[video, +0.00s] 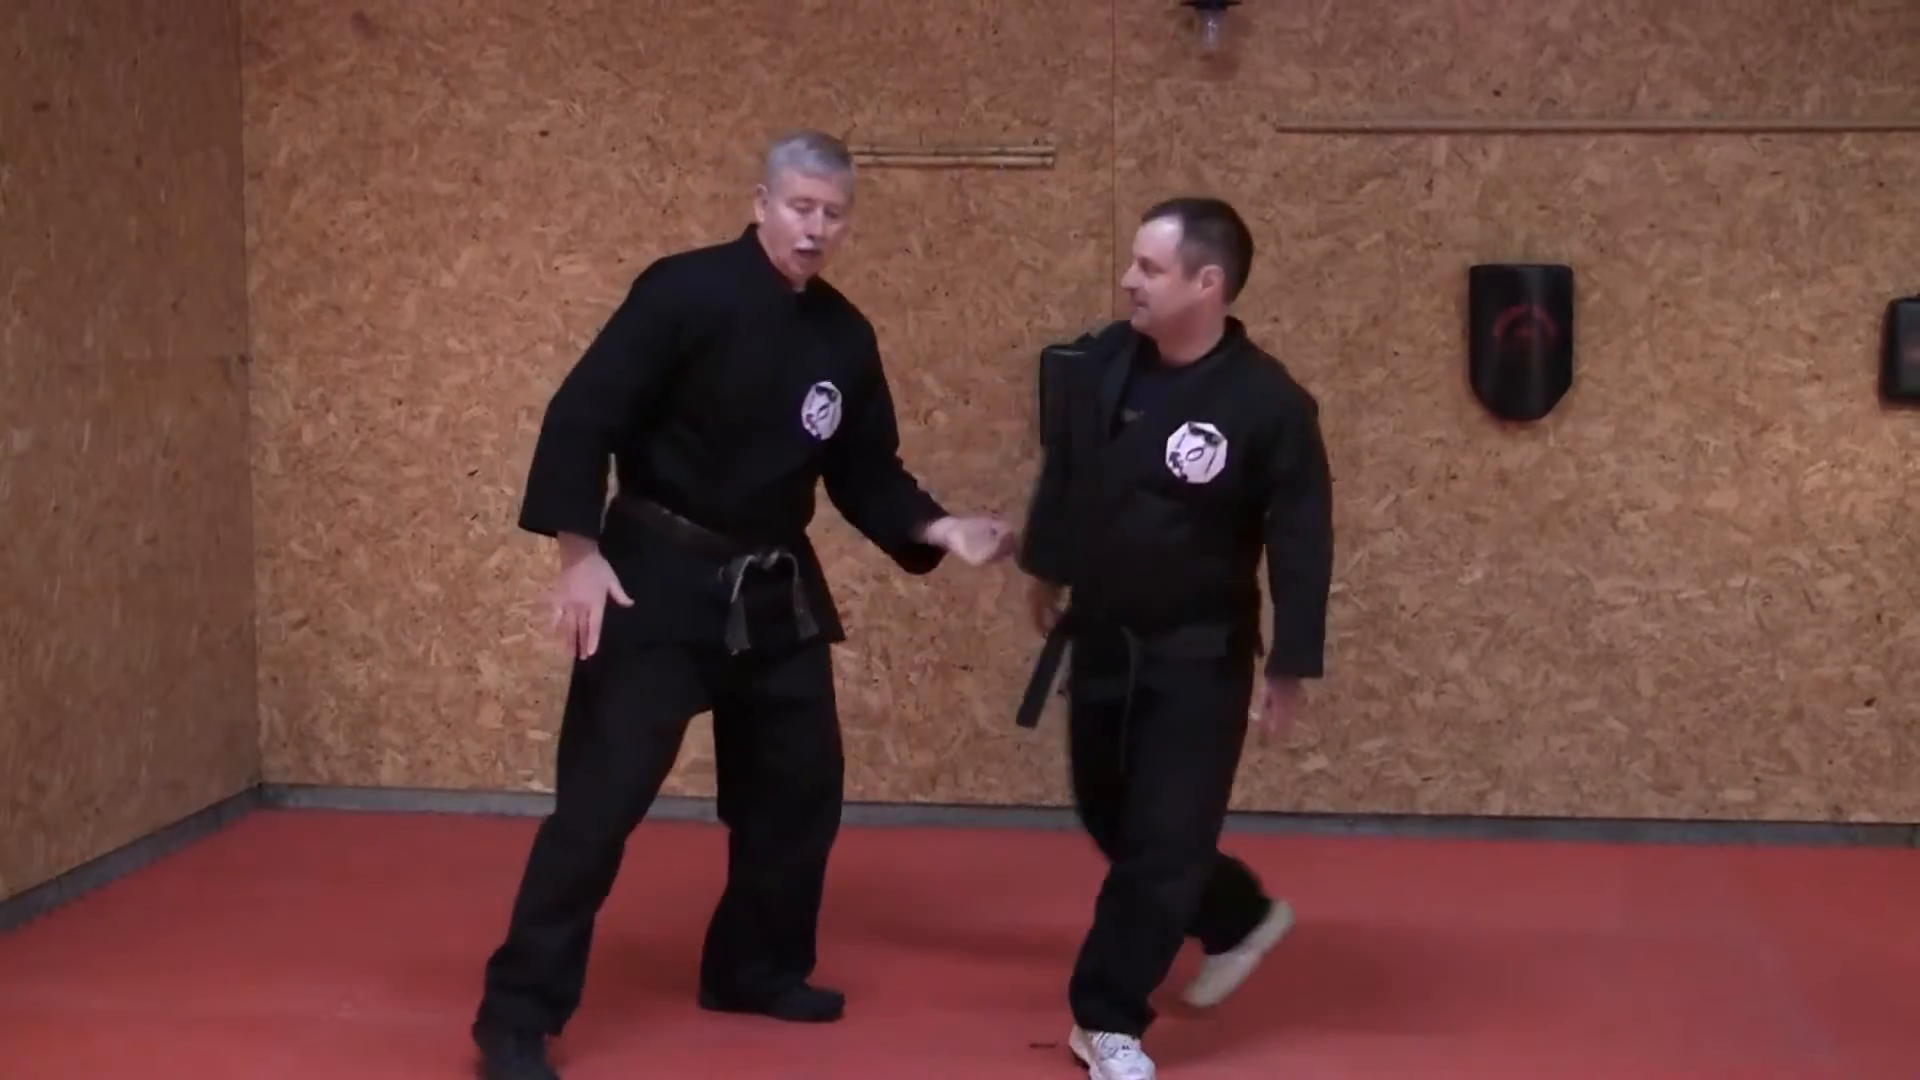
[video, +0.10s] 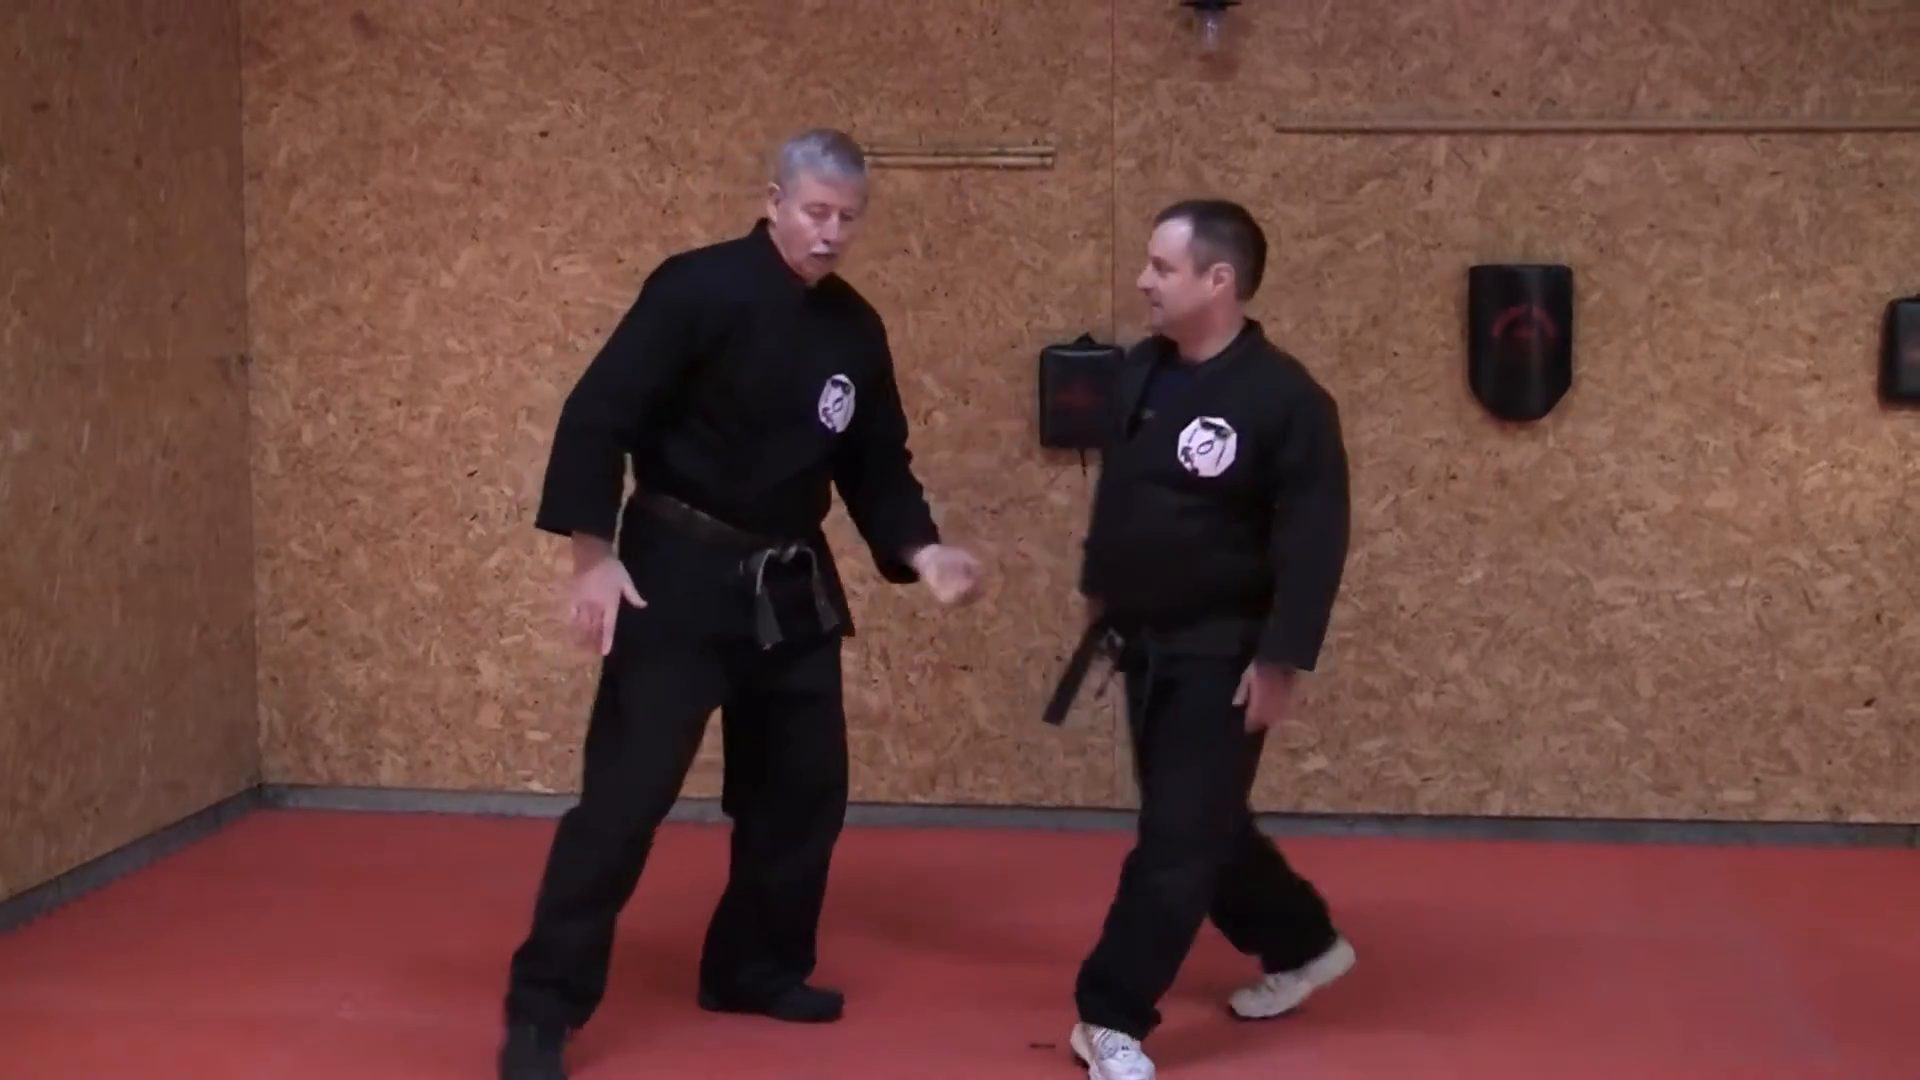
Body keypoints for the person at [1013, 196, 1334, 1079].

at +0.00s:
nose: (1129, 281)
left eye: (1149, 269)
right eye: (1131, 264)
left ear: (1209, 284)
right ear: (1166, 278)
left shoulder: (1270, 405)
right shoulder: (1093, 367)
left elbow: (1300, 541)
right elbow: (1062, 471)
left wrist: (1290, 662)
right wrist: (1044, 569)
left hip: (1200, 650)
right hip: (1103, 639)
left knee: (1167, 837)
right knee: (1109, 811)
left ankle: (1107, 1019)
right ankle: (1239, 915)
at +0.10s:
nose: (1144, 283)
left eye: (1161, 269)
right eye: (1146, 266)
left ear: (1220, 281)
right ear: (1201, 279)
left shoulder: (1288, 402)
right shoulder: (1145, 375)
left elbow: (1315, 541)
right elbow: (1119, 492)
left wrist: (1283, 658)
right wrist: (1100, 590)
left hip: (1226, 655)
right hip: (1146, 642)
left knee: (1178, 832)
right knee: (1195, 816)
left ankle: (1111, 1017)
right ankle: (1305, 945)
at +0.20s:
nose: (1158, 289)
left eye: (1175, 275)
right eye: (1160, 272)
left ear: (1233, 283)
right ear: (1217, 284)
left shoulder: (1304, 396)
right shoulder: (1173, 385)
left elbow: (1327, 537)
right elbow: (1156, 510)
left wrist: (1298, 655)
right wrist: (1147, 614)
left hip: (1254, 651)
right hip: (1189, 644)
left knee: (1196, 834)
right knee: (1257, 815)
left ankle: (1131, 1015)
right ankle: (1324, 968)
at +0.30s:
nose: (1176, 290)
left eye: (1191, 275)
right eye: (1175, 274)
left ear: (1248, 277)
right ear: (1228, 280)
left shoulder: (1319, 378)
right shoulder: (1209, 380)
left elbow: (1339, 516)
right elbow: (1209, 509)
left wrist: (1321, 636)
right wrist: (1196, 619)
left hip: (1283, 634)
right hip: (1220, 632)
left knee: (1236, 808)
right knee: (1271, 804)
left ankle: (1205, 1004)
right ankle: (1323, 969)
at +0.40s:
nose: (1201, 287)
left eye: (1212, 270)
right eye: (1198, 270)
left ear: (1270, 265)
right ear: (1254, 270)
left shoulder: (1335, 358)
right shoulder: (1246, 364)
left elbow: (1352, 486)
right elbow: (1255, 492)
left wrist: (1330, 607)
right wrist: (1233, 605)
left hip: (1313, 609)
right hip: (1256, 607)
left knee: (1276, 794)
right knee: (1249, 791)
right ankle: (1299, 964)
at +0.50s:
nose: (1229, 286)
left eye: (1241, 268)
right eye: (1225, 270)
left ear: (1296, 262)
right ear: (1287, 266)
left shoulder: (1354, 349)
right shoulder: (1281, 357)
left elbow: (1366, 460)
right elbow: (1287, 479)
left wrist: (1329, 566)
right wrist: (1264, 592)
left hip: (1352, 598)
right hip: (1288, 598)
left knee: (1320, 787)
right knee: (1269, 789)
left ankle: (1412, 914)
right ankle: (1319, 967)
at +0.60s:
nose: (1259, 291)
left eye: (1270, 274)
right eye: (1255, 276)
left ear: (1322, 267)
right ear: (1312, 273)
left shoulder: (1377, 353)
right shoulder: (1314, 360)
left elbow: (1372, 459)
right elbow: (1318, 477)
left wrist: (1322, 546)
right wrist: (1300, 581)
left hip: (1377, 620)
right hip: (1315, 618)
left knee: (1367, 791)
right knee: (1293, 792)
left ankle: (1477, 907)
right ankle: (1321, 968)